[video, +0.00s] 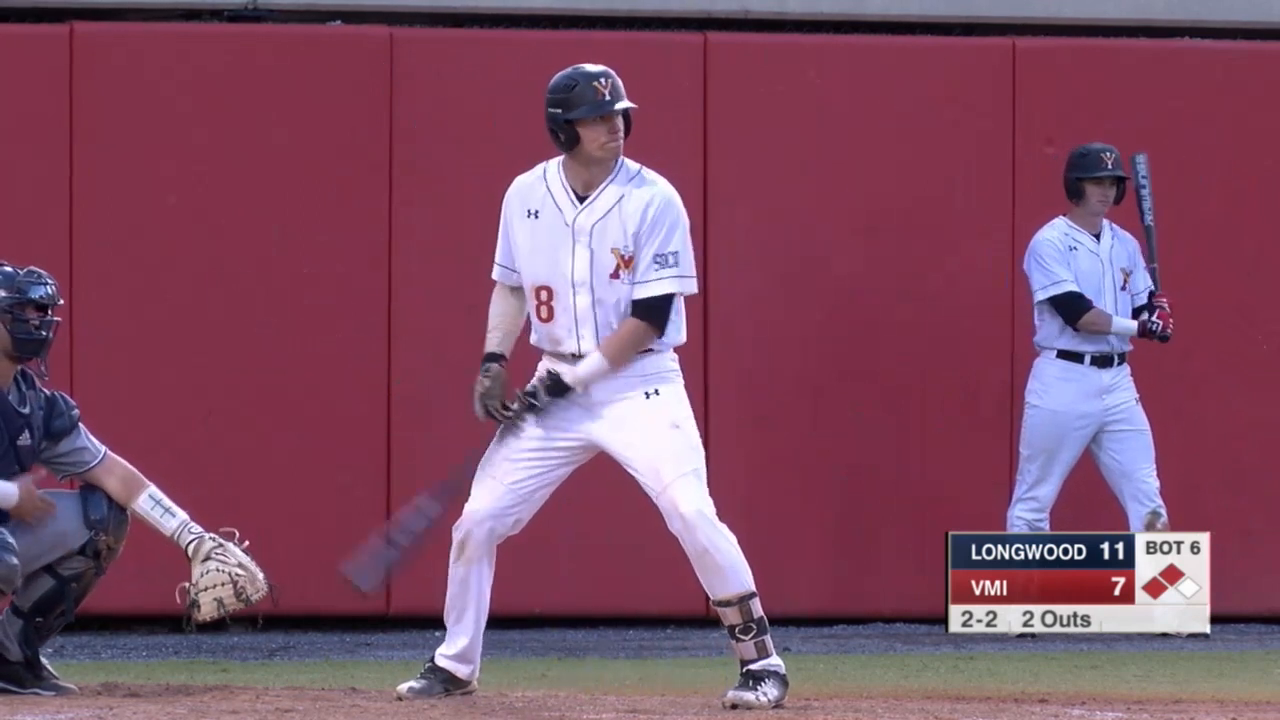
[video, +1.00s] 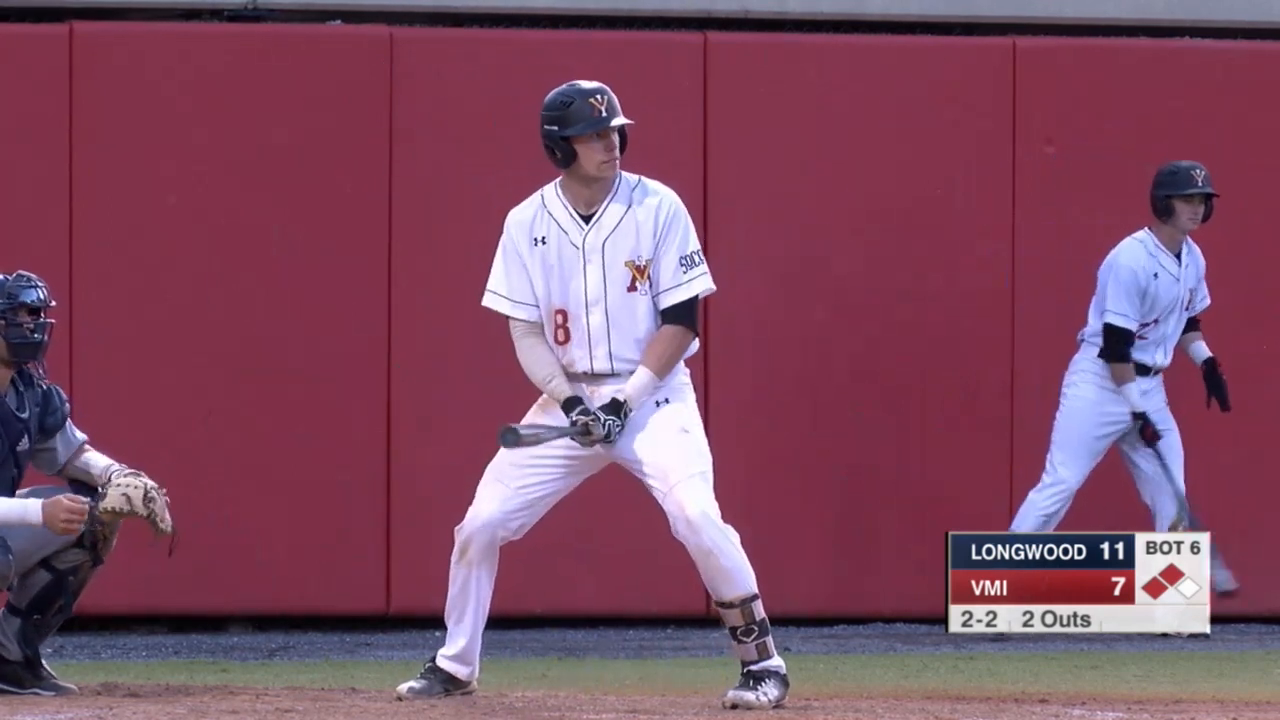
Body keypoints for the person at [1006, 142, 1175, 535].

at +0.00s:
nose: (1107, 192)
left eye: (1113, 184)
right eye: (1098, 183)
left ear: (1119, 189)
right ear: (1076, 185)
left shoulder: (1125, 244)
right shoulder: (1048, 242)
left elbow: (1142, 306)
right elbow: (1078, 315)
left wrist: (1155, 312)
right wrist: (1139, 327)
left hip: (1117, 384)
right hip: (1062, 382)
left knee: (1148, 504)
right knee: (1033, 504)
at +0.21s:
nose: (1124, 193)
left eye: (1130, 185)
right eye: (1115, 184)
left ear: (1135, 191)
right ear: (1092, 187)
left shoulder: (1136, 246)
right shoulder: (1064, 242)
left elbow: (1149, 314)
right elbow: (1087, 322)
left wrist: (1163, 326)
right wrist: (1146, 342)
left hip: (1121, 387)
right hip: (1067, 384)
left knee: (1151, 504)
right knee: (1037, 504)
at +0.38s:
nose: (1147, 195)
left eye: (1152, 187)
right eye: (1138, 186)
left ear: (1158, 193)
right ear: (1115, 189)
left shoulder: (1152, 251)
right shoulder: (1086, 244)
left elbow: (1159, 321)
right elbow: (1110, 326)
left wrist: (1180, 336)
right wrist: (1166, 352)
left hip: (1132, 388)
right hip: (1080, 384)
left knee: (1160, 502)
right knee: (1048, 504)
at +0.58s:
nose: (1178, 198)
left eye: (1183, 190)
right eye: (1169, 189)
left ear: (1188, 196)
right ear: (1145, 191)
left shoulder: (1174, 252)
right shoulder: (1117, 245)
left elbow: (1179, 324)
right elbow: (1142, 330)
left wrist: (1210, 347)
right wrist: (1194, 359)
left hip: (1147, 387)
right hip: (1098, 382)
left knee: (1169, 504)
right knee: (1070, 504)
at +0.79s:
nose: (1201, 204)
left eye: (1206, 196)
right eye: (1192, 195)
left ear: (1212, 201)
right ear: (1168, 198)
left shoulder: (1194, 255)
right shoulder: (1139, 250)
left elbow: (1187, 327)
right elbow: (1142, 337)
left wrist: (1218, 362)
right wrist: (1179, 387)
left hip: (1155, 387)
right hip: (1106, 377)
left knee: (1173, 500)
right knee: (1082, 490)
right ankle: (1025, 571)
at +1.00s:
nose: (1198, 209)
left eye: (1203, 201)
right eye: (1189, 200)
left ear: (1207, 206)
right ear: (1163, 203)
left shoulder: (1192, 257)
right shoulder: (1130, 259)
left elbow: (1185, 323)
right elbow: (1115, 345)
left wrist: (1208, 364)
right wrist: (1138, 411)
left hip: (1147, 386)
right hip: (1099, 382)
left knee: (1171, 495)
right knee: (1060, 484)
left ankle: (1179, 592)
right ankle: (1000, 576)